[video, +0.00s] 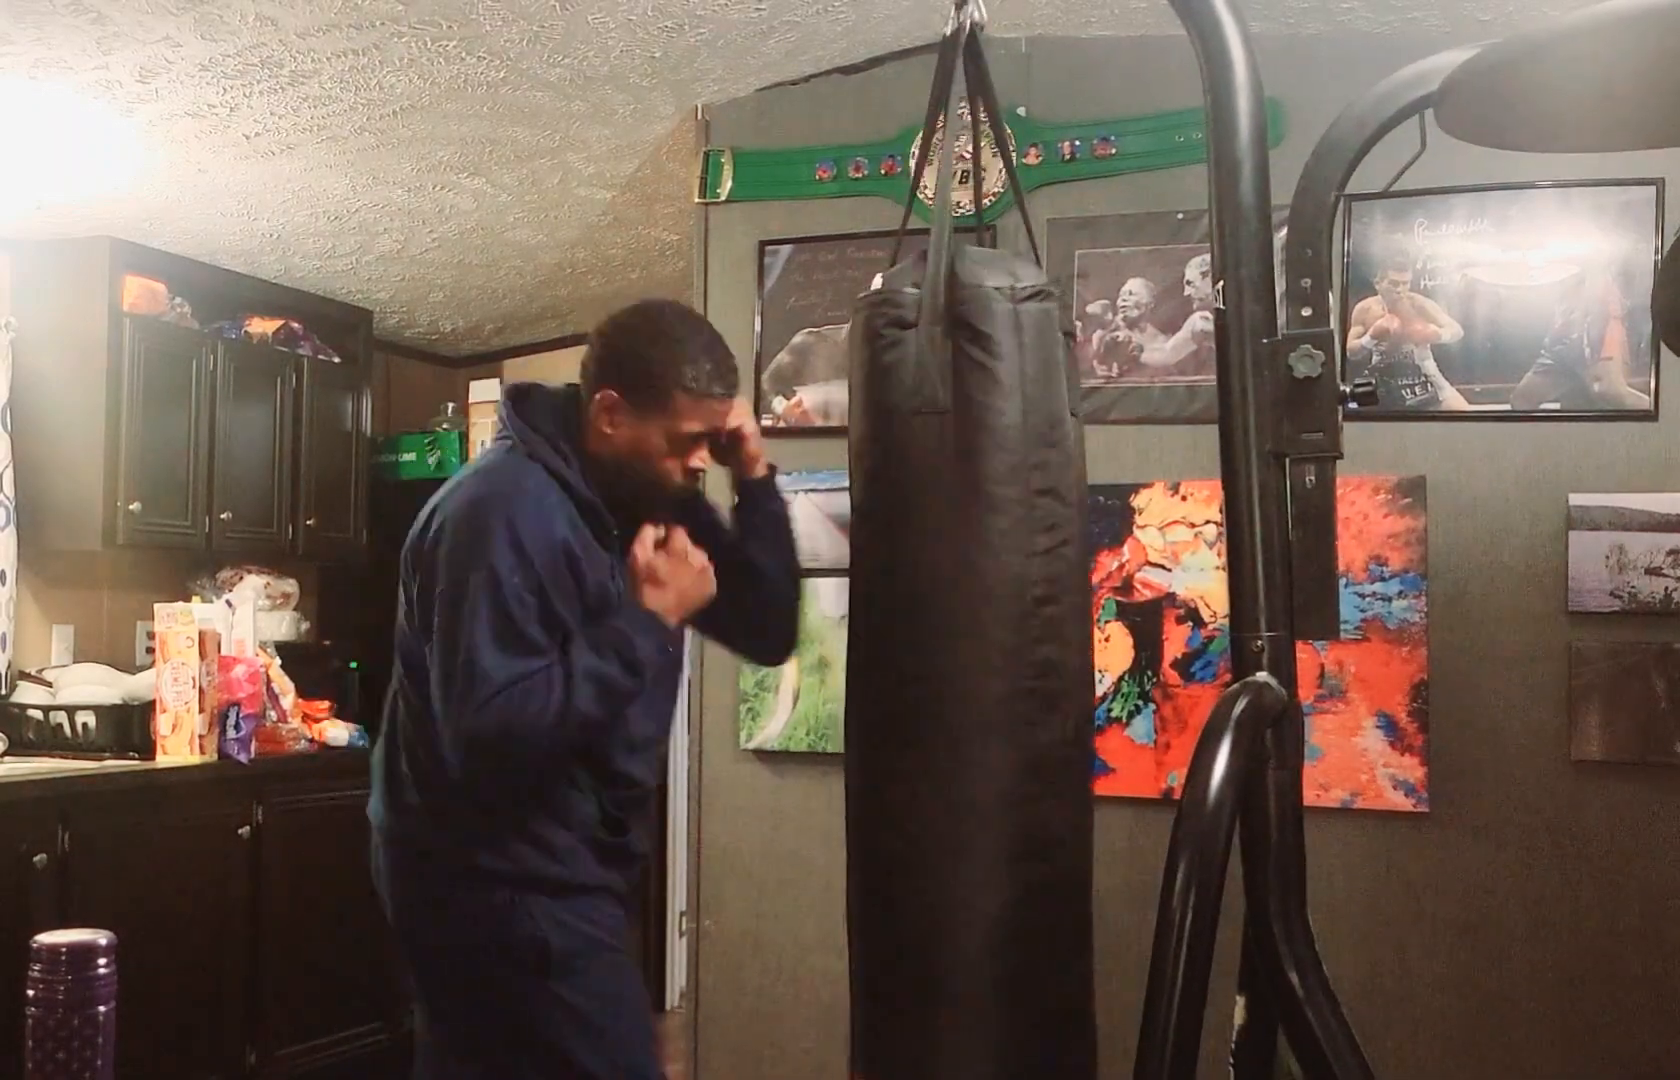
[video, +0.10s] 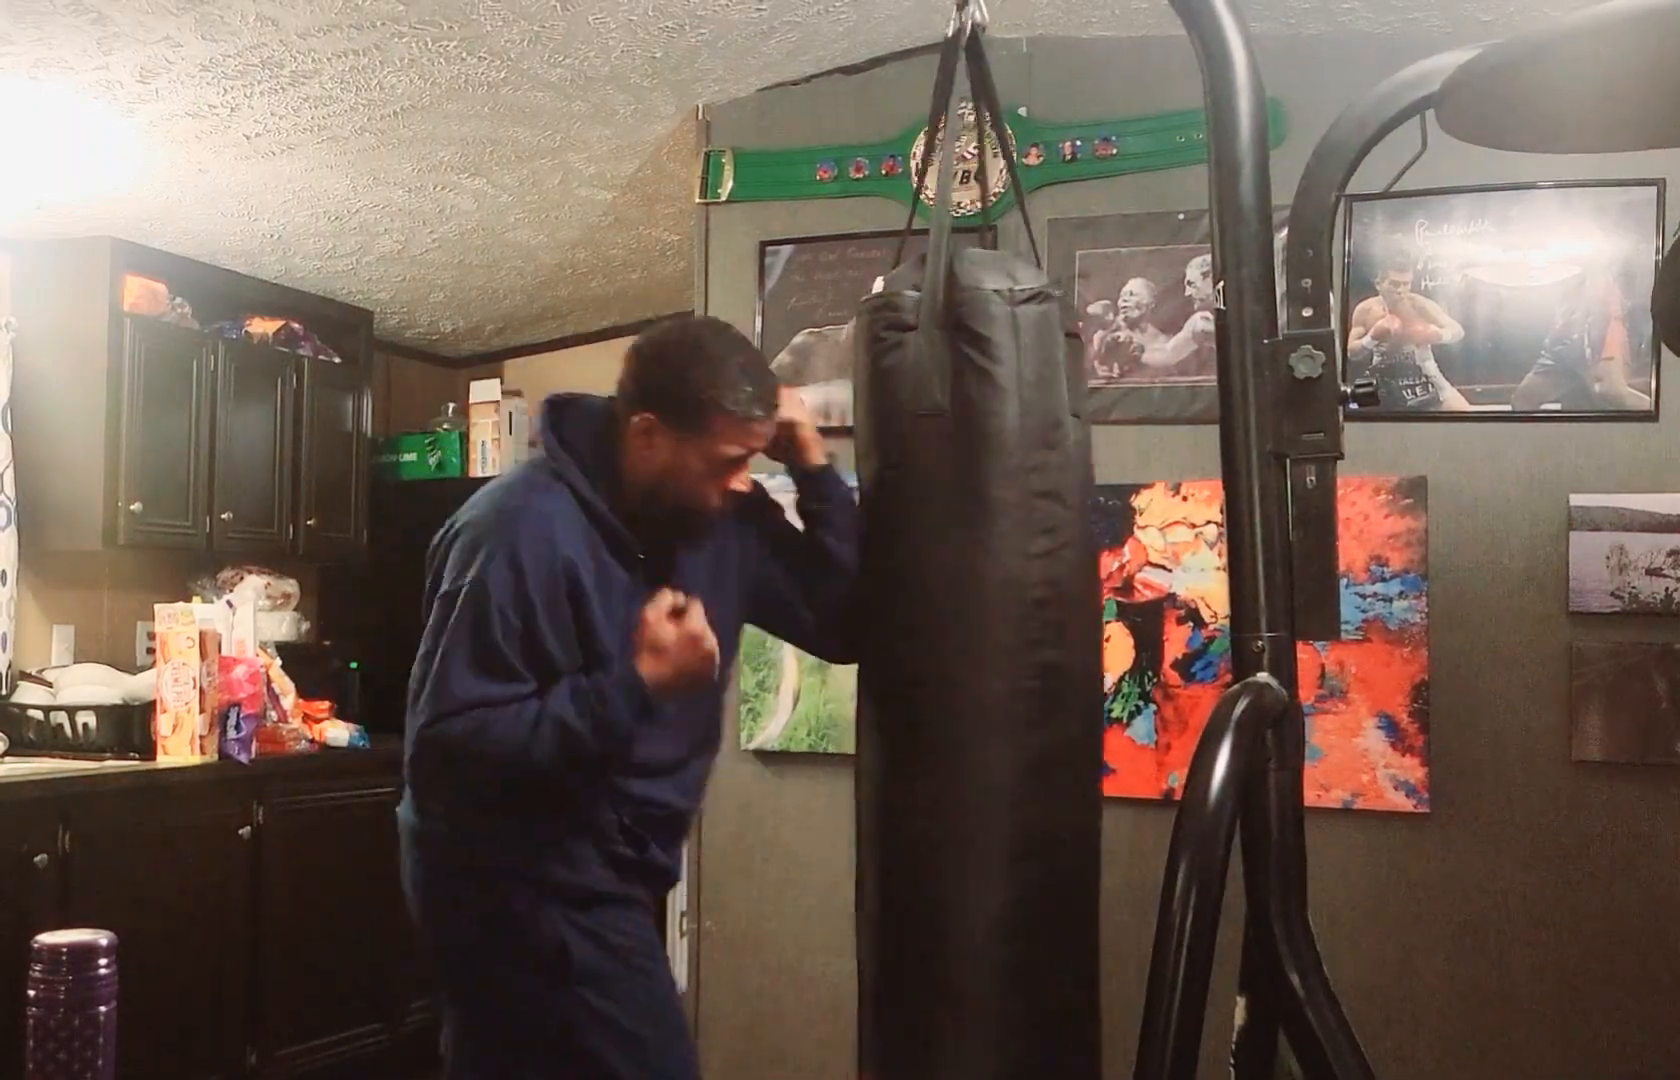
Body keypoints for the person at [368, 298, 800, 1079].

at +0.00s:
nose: (700, 466)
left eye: (709, 443)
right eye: (684, 443)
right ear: (609, 415)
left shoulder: (624, 497)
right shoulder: (497, 512)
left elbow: (765, 634)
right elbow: (488, 728)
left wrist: (752, 471)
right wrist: (651, 620)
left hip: (566, 871)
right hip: (501, 885)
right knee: (611, 1062)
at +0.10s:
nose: (740, 487)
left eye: (748, 465)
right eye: (725, 465)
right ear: (646, 435)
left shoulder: (715, 518)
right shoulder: (517, 532)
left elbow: (845, 628)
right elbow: (445, 748)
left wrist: (815, 473)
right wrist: (638, 685)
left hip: (614, 887)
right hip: (528, 898)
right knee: (649, 1065)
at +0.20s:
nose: (782, 498)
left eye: (790, 474)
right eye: (770, 473)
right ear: (688, 445)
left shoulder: (754, 531)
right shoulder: (546, 541)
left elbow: (869, 631)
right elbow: (425, 738)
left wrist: (840, 484)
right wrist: (627, 750)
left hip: (622, 898)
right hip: (546, 906)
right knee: (676, 1066)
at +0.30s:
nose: (822, 477)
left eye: (829, 457)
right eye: (810, 454)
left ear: (737, 432)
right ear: (736, 428)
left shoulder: (747, 518)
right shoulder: (602, 519)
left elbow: (847, 627)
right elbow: (454, 702)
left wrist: (852, 497)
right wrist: (643, 779)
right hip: (561, 886)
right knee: (693, 1064)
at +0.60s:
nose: (817, 423)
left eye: (829, 402)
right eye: (820, 397)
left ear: (746, 356)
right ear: (765, 368)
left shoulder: (589, 430)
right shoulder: (745, 465)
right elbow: (887, 624)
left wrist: (883, 552)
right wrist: (966, 585)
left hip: (464, 827)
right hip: (612, 859)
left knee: (472, 1063)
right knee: (673, 1064)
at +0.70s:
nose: (795, 419)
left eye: (803, 401)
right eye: (797, 395)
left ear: (684, 355)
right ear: (752, 365)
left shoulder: (551, 443)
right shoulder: (709, 459)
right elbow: (860, 647)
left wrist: (785, 505)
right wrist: (852, 530)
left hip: (465, 833)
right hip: (617, 858)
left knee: (471, 1064)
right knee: (671, 1063)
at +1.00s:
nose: (726, 455)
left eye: (731, 440)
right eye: (729, 436)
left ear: (613, 386)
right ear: (693, 399)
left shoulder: (462, 481)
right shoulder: (716, 477)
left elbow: (444, 651)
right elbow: (900, 605)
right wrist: (826, 446)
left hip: (436, 864)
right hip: (611, 881)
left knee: (444, 1067)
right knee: (685, 1066)